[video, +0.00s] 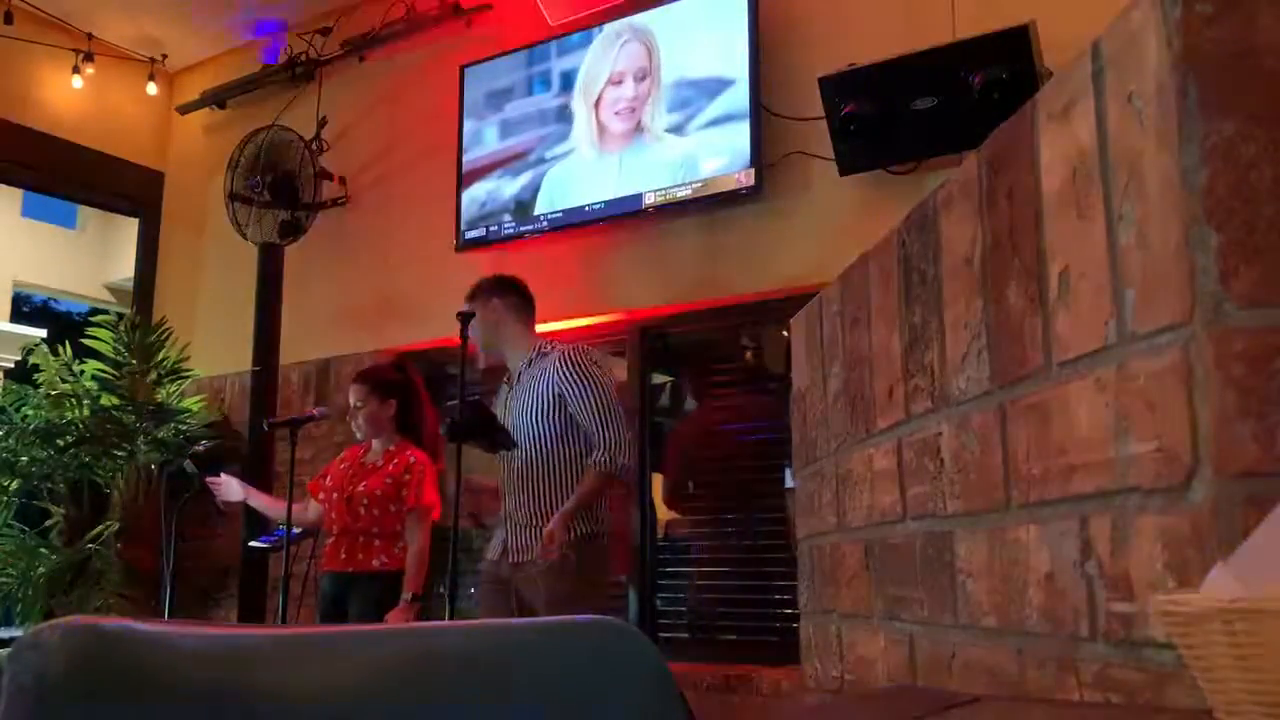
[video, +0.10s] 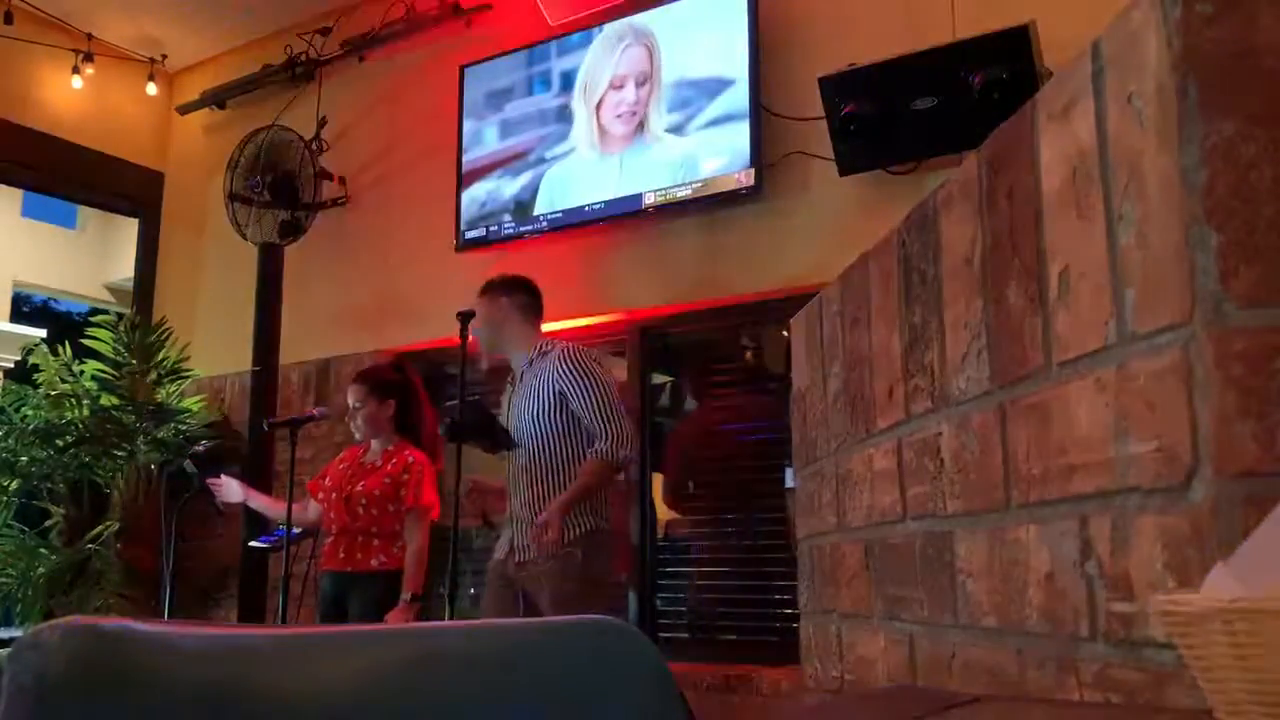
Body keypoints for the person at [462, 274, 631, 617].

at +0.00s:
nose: (468, 331)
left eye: (471, 316)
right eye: (467, 320)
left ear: (496, 309)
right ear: (499, 312)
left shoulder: (567, 362)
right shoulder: (507, 389)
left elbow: (614, 449)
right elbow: (523, 479)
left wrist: (564, 516)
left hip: (563, 558)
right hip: (505, 556)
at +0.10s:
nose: (472, 327)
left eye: (476, 314)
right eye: (472, 316)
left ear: (503, 308)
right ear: (504, 311)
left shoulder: (567, 360)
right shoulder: (515, 385)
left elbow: (616, 442)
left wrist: (560, 506)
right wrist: (500, 496)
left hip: (570, 554)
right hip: (514, 555)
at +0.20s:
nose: (485, 321)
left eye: (491, 310)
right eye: (488, 311)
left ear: (517, 309)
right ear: (516, 312)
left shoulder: (572, 360)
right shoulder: (526, 385)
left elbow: (621, 436)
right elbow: (550, 483)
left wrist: (563, 488)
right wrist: (500, 497)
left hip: (582, 551)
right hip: (526, 555)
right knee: (498, 658)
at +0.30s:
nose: (498, 331)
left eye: (502, 319)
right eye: (498, 322)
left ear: (530, 310)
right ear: (527, 313)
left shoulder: (585, 364)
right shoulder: (525, 399)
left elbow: (628, 439)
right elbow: (544, 484)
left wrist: (570, 480)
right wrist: (508, 506)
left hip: (591, 546)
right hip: (536, 551)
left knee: (603, 662)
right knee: (506, 654)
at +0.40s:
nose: (504, 332)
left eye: (508, 320)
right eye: (503, 323)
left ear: (538, 312)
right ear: (537, 314)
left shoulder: (599, 365)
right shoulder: (540, 395)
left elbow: (639, 439)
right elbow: (558, 477)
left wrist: (584, 474)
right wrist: (520, 496)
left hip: (604, 547)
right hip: (549, 548)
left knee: (605, 662)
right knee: (512, 648)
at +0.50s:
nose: (519, 332)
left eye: (524, 320)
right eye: (518, 322)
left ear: (554, 315)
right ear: (549, 319)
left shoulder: (616, 370)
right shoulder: (542, 393)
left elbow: (656, 449)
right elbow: (553, 468)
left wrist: (596, 478)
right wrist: (527, 491)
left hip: (614, 551)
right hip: (554, 551)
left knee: (613, 665)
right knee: (539, 659)